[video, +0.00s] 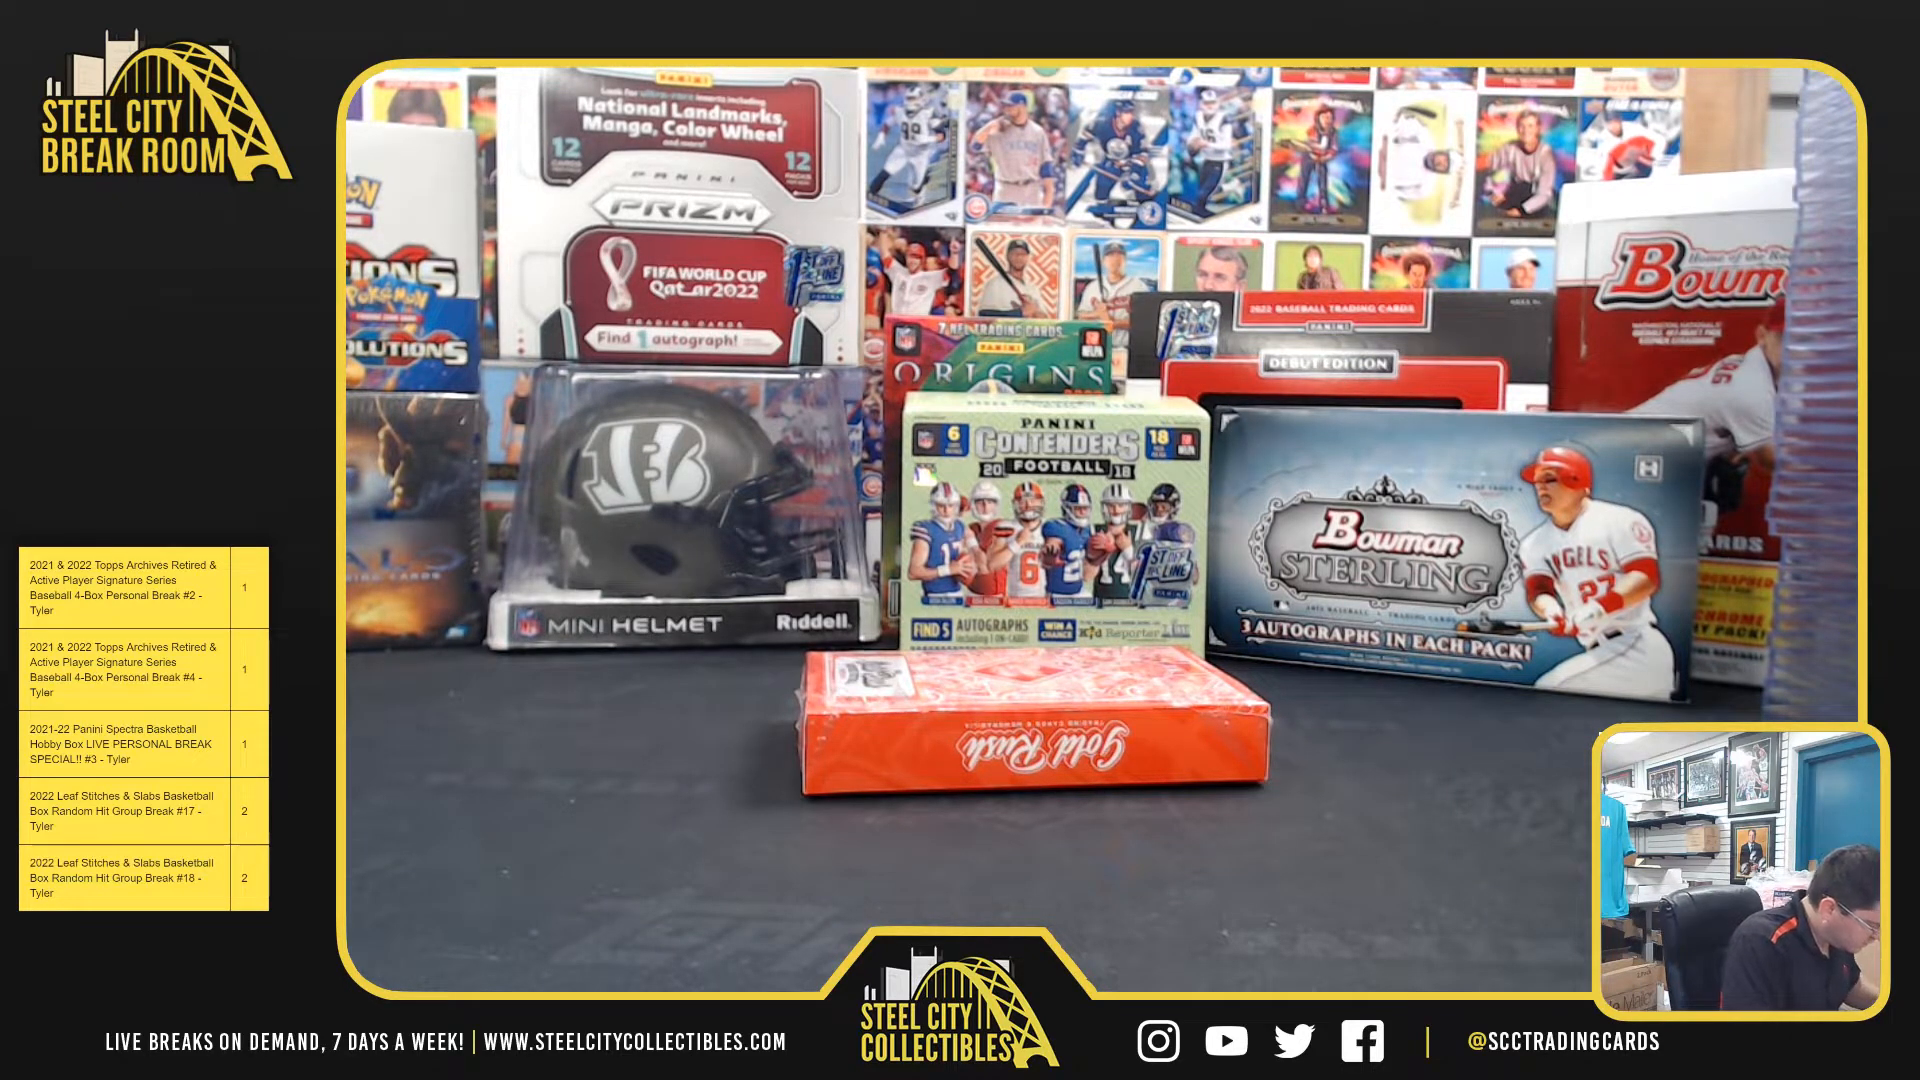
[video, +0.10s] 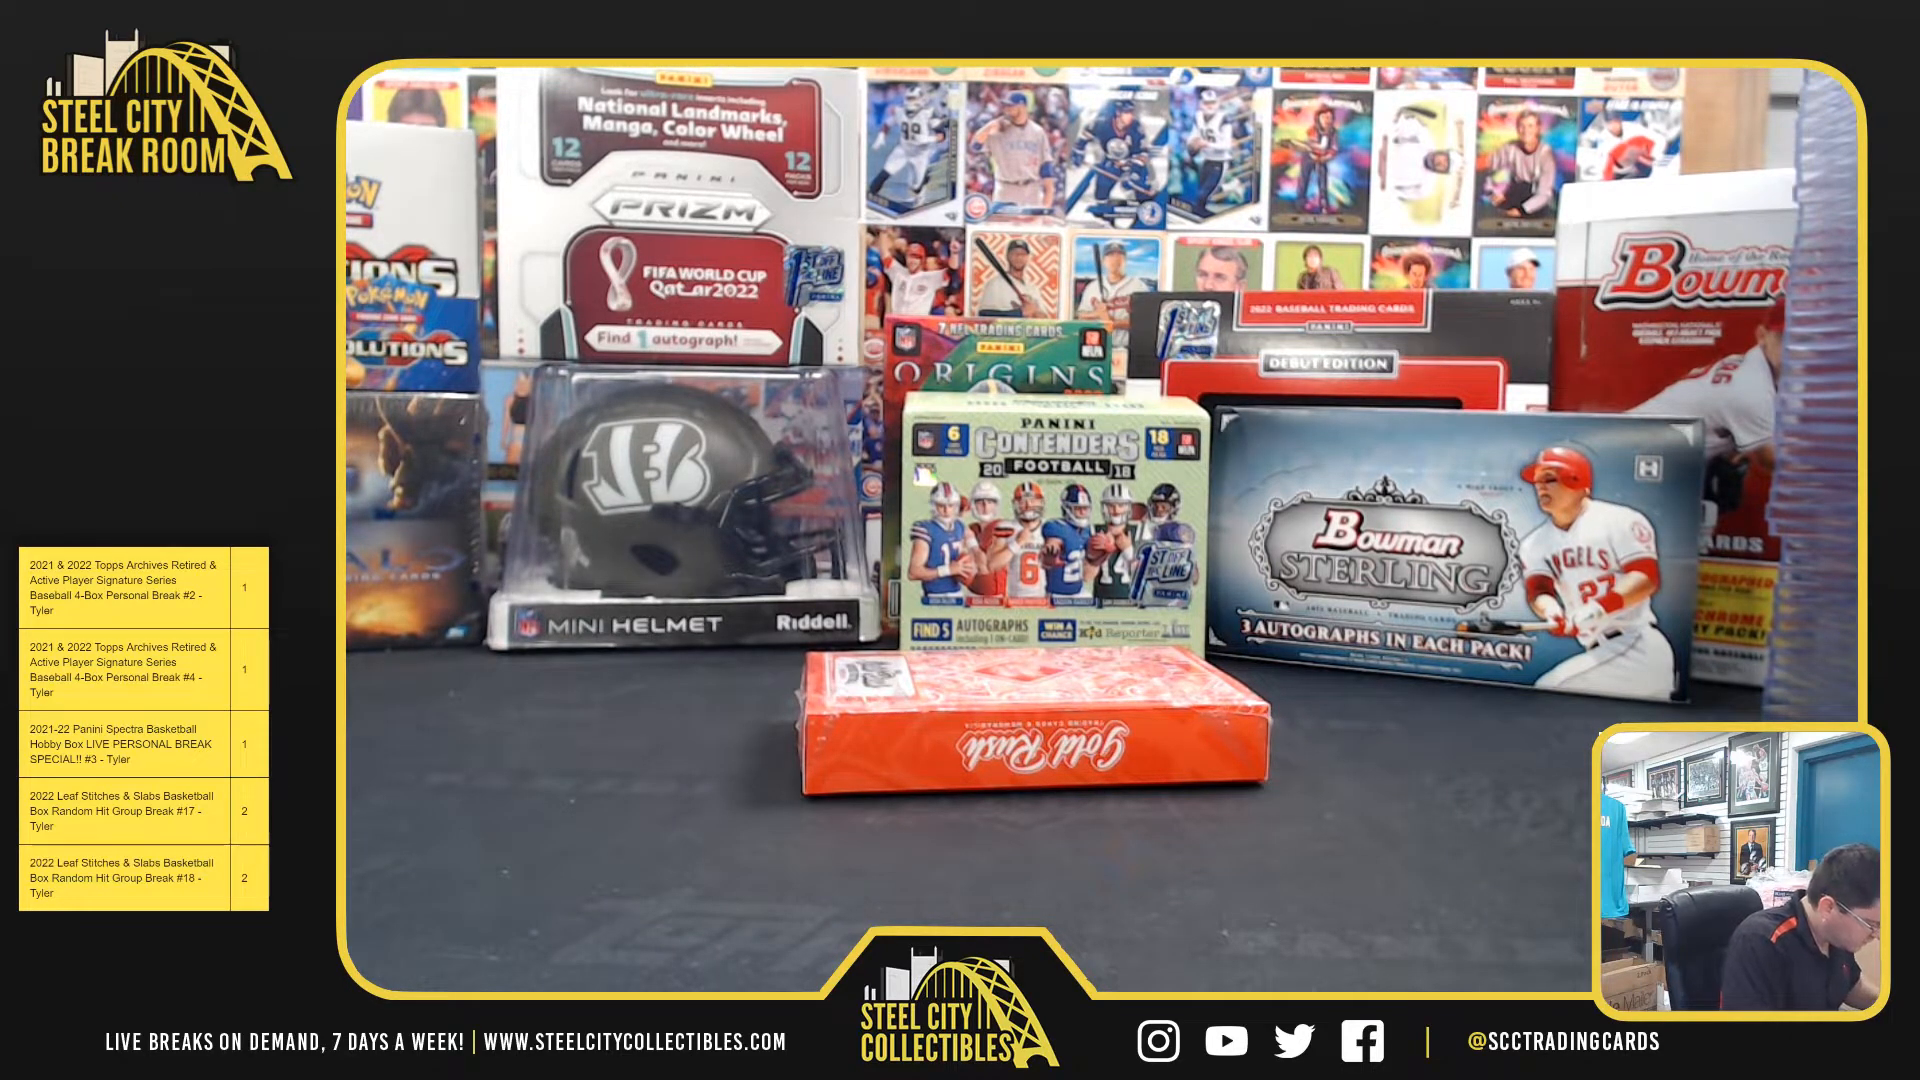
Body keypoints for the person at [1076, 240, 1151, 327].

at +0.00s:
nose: (1115, 260)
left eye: (1119, 255)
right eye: (1111, 255)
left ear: (1124, 260)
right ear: (1104, 260)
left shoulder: (1137, 286)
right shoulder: (1093, 287)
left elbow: (1144, 318)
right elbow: (1081, 315)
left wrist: (1114, 323)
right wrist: (1099, 314)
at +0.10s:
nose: (1115, 260)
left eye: (1119, 255)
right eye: (1111, 255)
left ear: (1124, 260)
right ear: (1104, 260)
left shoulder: (1137, 286)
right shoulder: (1093, 287)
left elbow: (1144, 318)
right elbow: (1081, 315)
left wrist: (1114, 323)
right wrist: (1099, 314)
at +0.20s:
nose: (1115, 260)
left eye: (1119, 255)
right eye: (1111, 255)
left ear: (1124, 260)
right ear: (1104, 260)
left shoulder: (1137, 286)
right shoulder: (1093, 287)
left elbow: (1144, 318)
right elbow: (1081, 315)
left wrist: (1114, 323)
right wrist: (1099, 314)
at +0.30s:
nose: (1115, 260)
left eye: (1119, 255)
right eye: (1111, 255)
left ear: (1124, 260)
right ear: (1104, 260)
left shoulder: (1137, 286)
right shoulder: (1093, 287)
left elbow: (1144, 318)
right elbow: (1081, 315)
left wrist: (1114, 323)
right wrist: (1099, 314)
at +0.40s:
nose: (1115, 260)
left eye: (1119, 255)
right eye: (1111, 255)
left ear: (1124, 260)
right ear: (1104, 260)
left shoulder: (1137, 286)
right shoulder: (1093, 287)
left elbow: (1144, 318)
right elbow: (1081, 315)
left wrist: (1114, 323)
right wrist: (1099, 314)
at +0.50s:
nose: (1115, 260)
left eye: (1119, 255)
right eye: (1111, 255)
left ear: (1125, 260)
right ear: (1103, 260)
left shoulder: (1137, 286)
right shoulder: (1093, 287)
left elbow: (1143, 319)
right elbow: (1081, 315)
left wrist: (1114, 323)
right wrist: (1098, 314)